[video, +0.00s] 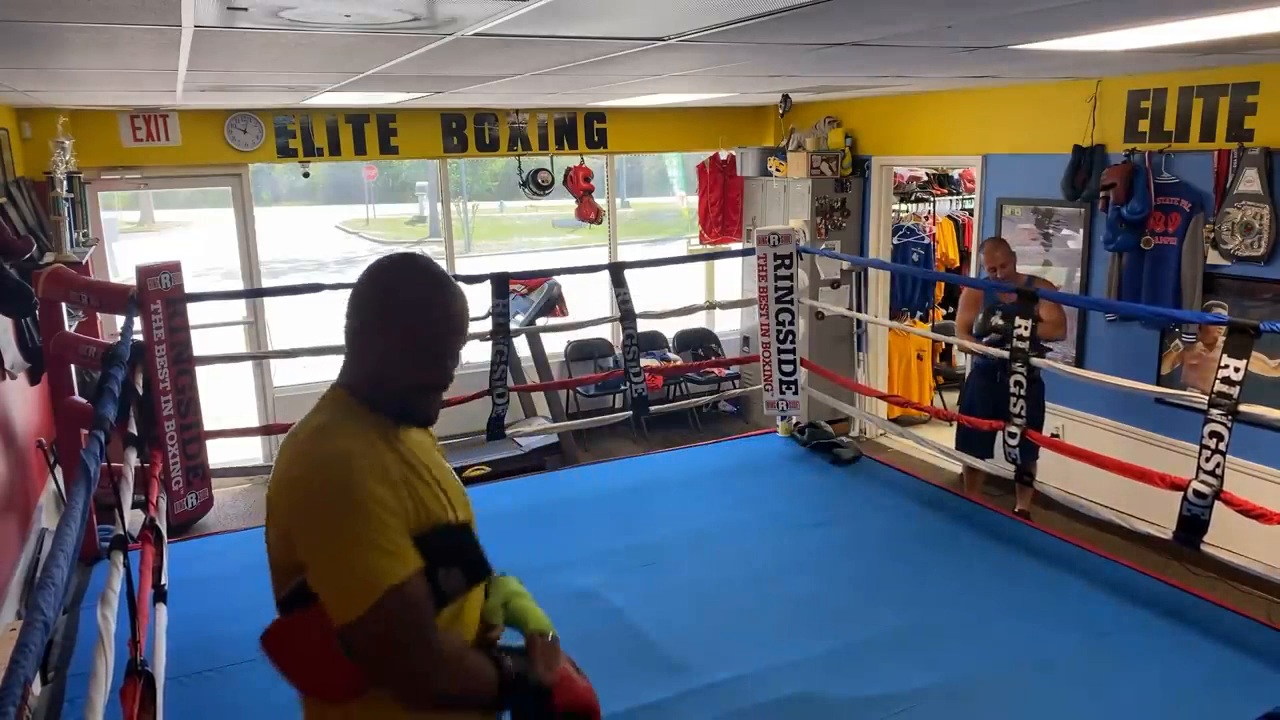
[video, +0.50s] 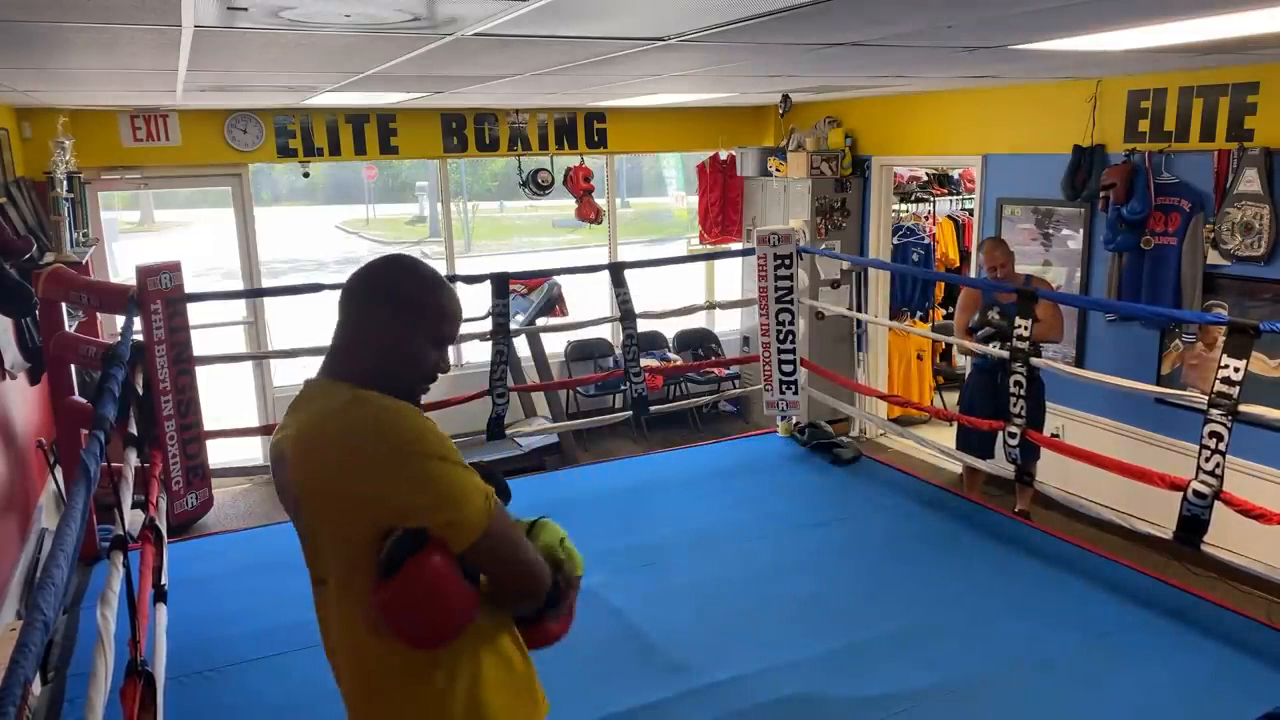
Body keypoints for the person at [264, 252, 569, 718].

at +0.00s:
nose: (450, 377)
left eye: (455, 357)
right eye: (437, 357)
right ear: (381, 345)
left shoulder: (393, 429)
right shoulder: (335, 462)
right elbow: (414, 667)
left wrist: (481, 601)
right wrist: (523, 674)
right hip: (388, 706)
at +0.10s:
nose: (448, 366)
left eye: (451, 346)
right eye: (433, 346)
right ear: (382, 334)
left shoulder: (373, 428)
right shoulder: (350, 448)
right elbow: (446, 640)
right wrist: (534, 649)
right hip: (408, 706)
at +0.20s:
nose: (446, 360)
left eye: (448, 341)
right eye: (436, 340)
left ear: (371, 331)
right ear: (382, 331)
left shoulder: (325, 420)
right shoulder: (373, 438)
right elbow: (489, 619)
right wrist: (548, 625)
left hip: (377, 700)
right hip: (441, 704)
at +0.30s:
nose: (444, 359)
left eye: (446, 342)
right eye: (435, 340)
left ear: (368, 328)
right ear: (382, 328)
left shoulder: (316, 418)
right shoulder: (386, 434)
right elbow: (512, 605)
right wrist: (546, 606)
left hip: (378, 697)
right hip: (454, 703)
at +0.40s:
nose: (444, 363)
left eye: (446, 344)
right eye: (436, 342)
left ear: (359, 327)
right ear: (385, 329)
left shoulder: (309, 420)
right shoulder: (390, 431)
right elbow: (521, 593)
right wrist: (551, 598)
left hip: (375, 694)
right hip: (454, 702)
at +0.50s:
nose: (445, 366)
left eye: (448, 348)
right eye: (439, 344)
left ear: (358, 325)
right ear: (390, 327)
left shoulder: (301, 423)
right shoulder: (396, 431)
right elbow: (528, 578)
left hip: (377, 694)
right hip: (463, 701)